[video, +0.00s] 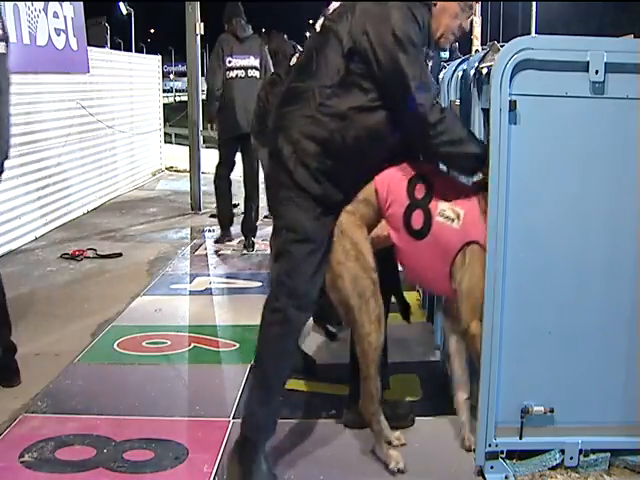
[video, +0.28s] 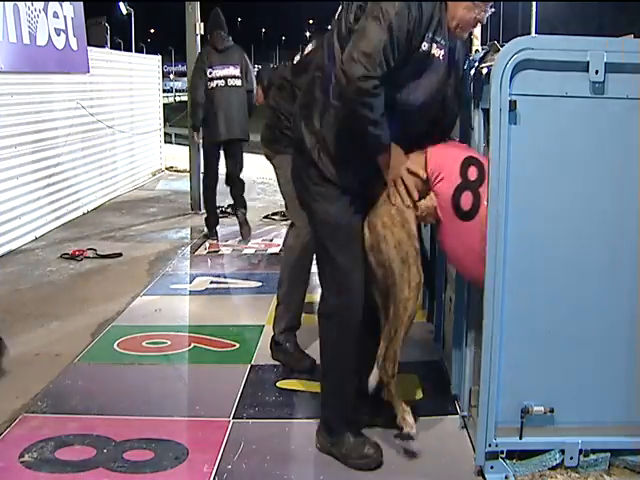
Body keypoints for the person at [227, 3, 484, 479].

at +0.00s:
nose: (463, 28)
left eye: (468, 20)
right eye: (464, 15)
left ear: (443, 7)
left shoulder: (403, 19)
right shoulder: (392, 15)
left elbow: (410, 118)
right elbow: (423, 113)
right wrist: (488, 163)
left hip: (349, 173)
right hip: (306, 165)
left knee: (370, 291)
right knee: (292, 298)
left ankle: (367, 401)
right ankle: (252, 445)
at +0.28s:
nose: (478, 20)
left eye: (484, 14)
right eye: (477, 8)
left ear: (475, 13)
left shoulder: (451, 53)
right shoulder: (398, 7)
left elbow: (443, 131)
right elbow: (357, 74)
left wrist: (437, 192)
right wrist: (384, 150)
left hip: (375, 170)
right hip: (328, 157)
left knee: (382, 283)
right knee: (347, 286)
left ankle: (363, 400)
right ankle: (335, 425)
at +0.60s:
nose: (477, 28)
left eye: (483, 20)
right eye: (474, 16)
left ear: (476, 14)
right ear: (448, 2)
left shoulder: (457, 47)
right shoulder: (390, 12)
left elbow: (453, 121)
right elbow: (347, 87)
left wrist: (456, 175)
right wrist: (381, 159)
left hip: (403, 168)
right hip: (341, 160)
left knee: (417, 276)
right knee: (352, 291)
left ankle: (417, 385)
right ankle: (337, 427)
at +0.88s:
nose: (482, 38)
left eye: (491, 28)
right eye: (475, 24)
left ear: (499, 17)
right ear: (450, 5)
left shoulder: (476, 54)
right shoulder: (398, 21)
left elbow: (472, 128)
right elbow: (354, 117)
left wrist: (485, 181)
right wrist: (402, 175)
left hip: (412, 169)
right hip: (351, 158)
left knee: (418, 279)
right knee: (357, 282)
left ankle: (424, 391)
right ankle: (333, 416)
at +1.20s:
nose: (471, 60)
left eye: (477, 50)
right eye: (468, 48)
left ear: (446, 28)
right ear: (438, 27)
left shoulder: (448, 58)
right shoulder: (386, 60)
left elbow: (440, 140)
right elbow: (370, 171)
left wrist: (471, 184)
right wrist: (422, 223)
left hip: (392, 167)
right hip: (335, 162)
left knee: (408, 281)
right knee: (348, 287)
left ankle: (417, 390)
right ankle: (323, 413)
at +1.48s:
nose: (465, 71)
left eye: (469, 62)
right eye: (463, 61)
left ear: (434, 46)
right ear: (432, 47)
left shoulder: (421, 57)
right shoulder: (386, 92)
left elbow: (435, 121)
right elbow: (382, 200)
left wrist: (461, 158)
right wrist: (448, 227)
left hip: (379, 173)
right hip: (327, 175)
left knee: (415, 276)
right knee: (360, 298)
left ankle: (414, 387)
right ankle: (323, 413)